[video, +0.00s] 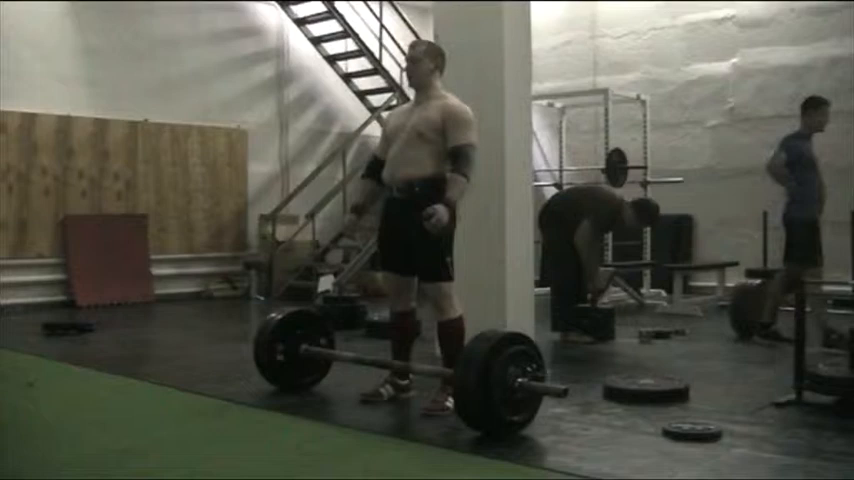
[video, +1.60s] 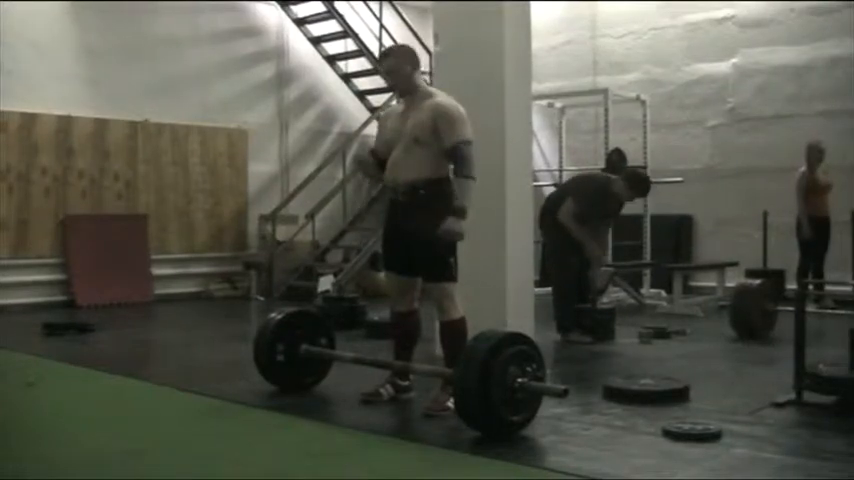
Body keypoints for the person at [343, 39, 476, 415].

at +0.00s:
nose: (407, 65)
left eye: (415, 59)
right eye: (406, 60)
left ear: (435, 65)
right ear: (411, 67)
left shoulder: (453, 110)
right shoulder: (395, 116)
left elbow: (463, 163)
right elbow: (377, 166)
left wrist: (448, 204)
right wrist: (359, 205)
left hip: (432, 200)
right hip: (396, 203)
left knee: (440, 294)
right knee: (398, 293)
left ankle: (451, 386)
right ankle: (399, 379)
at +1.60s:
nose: (388, 80)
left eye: (393, 73)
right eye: (385, 75)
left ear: (413, 68)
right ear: (385, 75)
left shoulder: (443, 109)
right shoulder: (389, 116)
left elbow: (465, 164)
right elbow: (380, 167)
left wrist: (459, 214)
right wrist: (364, 159)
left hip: (435, 199)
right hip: (399, 202)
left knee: (443, 294)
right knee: (401, 293)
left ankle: (453, 386)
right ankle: (400, 379)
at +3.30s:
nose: (375, 94)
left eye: (378, 85)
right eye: (370, 88)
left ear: (396, 75)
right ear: (371, 87)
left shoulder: (436, 111)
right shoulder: (382, 122)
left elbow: (463, 160)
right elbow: (368, 169)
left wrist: (463, 214)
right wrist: (357, 211)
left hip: (438, 202)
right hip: (401, 204)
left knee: (441, 295)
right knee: (394, 291)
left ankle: (453, 387)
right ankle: (398, 380)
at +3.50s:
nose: (351, 117)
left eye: (353, 108)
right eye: (347, 112)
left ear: (371, 96)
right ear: (349, 110)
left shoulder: (421, 122)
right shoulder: (368, 141)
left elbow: (448, 175)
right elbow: (361, 197)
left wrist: (452, 227)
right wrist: (355, 249)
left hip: (438, 213)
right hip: (402, 217)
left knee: (439, 299)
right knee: (395, 297)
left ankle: (451, 386)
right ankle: (399, 379)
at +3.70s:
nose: (342, 167)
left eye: (342, 158)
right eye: (337, 161)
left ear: (358, 148)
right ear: (344, 156)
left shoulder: (408, 168)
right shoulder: (361, 179)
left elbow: (433, 224)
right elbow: (355, 232)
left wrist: (443, 274)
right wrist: (352, 274)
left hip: (449, 233)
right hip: (406, 237)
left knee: (430, 307)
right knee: (382, 300)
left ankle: (446, 388)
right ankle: (398, 379)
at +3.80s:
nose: (345, 201)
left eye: (346, 194)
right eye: (341, 196)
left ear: (361, 185)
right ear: (341, 193)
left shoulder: (412, 208)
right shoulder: (355, 207)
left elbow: (433, 264)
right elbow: (350, 262)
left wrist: (442, 316)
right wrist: (342, 318)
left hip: (449, 256)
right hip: (404, 258)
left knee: (415, 314)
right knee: (373, 305)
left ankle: (446, 387)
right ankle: (398, 380)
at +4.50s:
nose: (332, 158)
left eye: (336, 150)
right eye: (330, 151)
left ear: (357, 146)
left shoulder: (394, 166)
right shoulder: (355, 177)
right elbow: (355, 224)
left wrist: (447, 270)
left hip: (441, 221)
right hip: (404, 230)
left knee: (430, 302)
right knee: (386, 300)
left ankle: (443, 388)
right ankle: (396, 379)